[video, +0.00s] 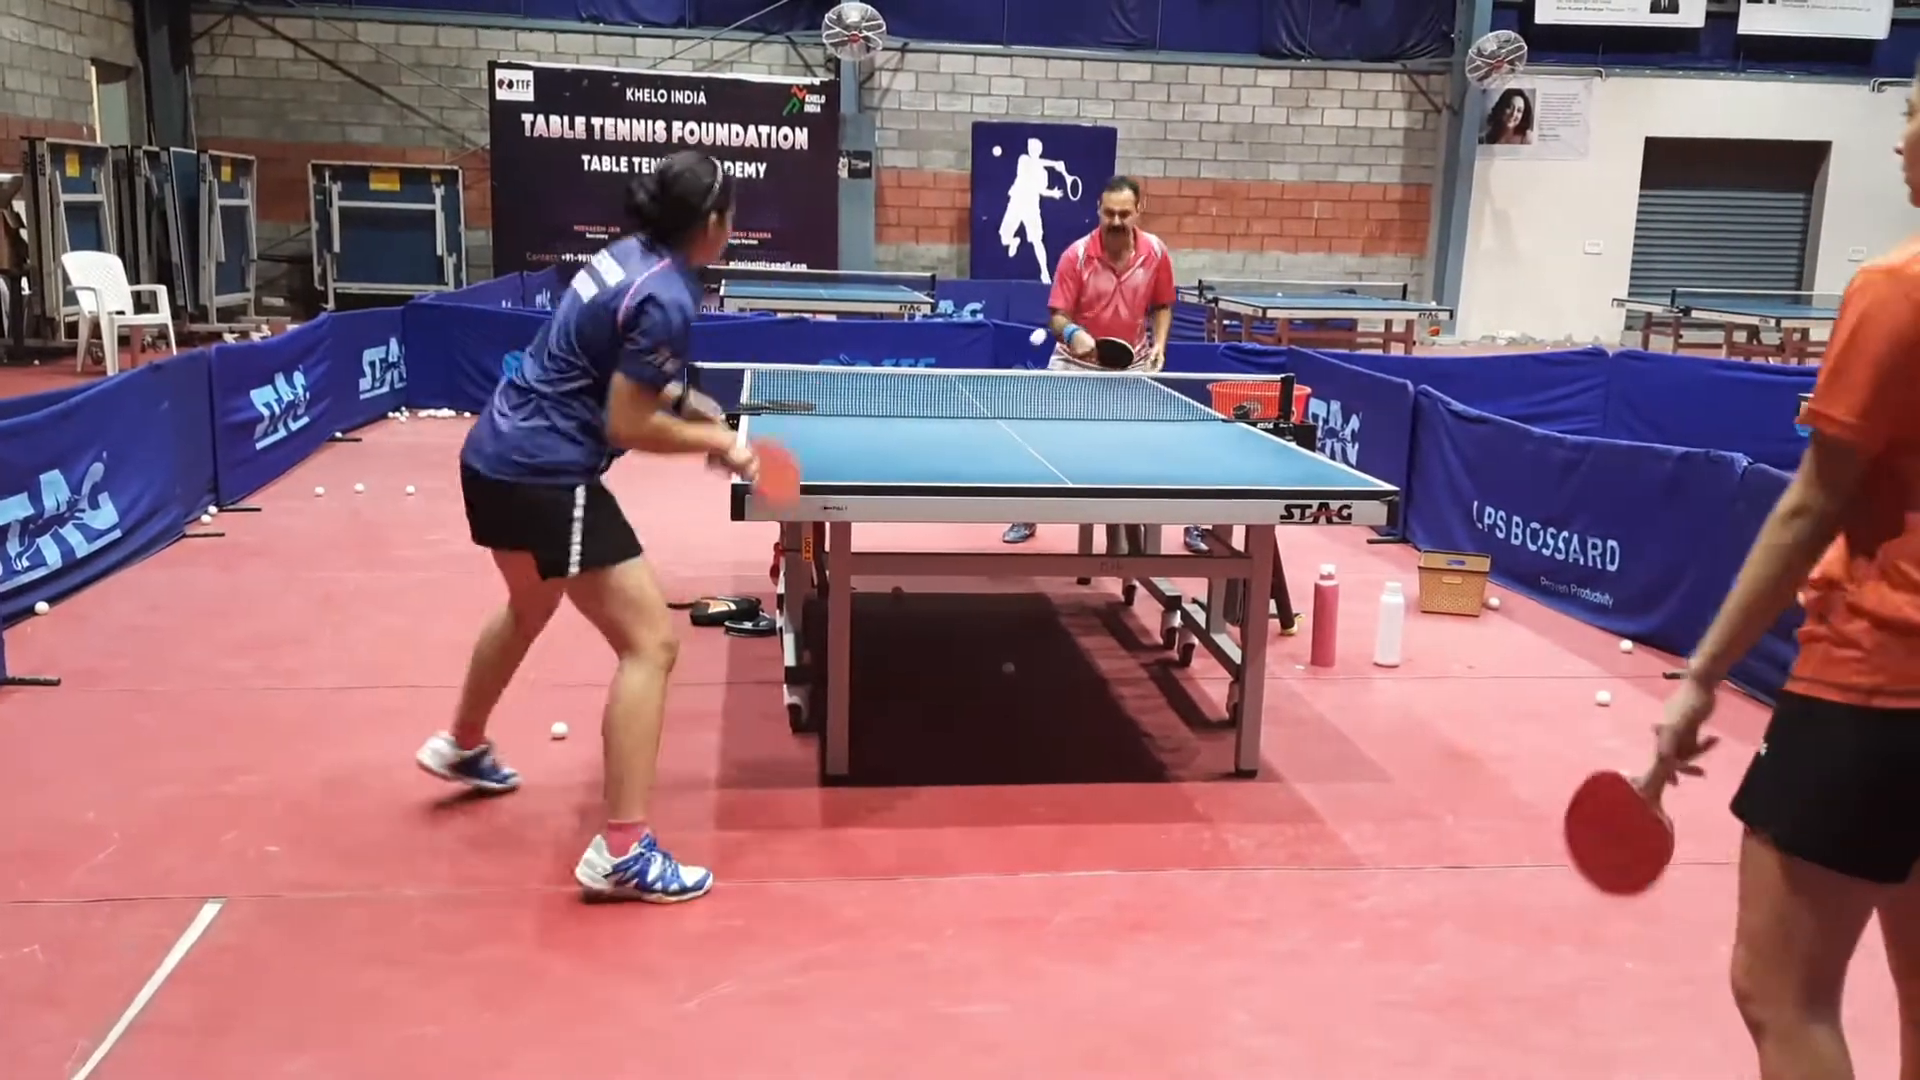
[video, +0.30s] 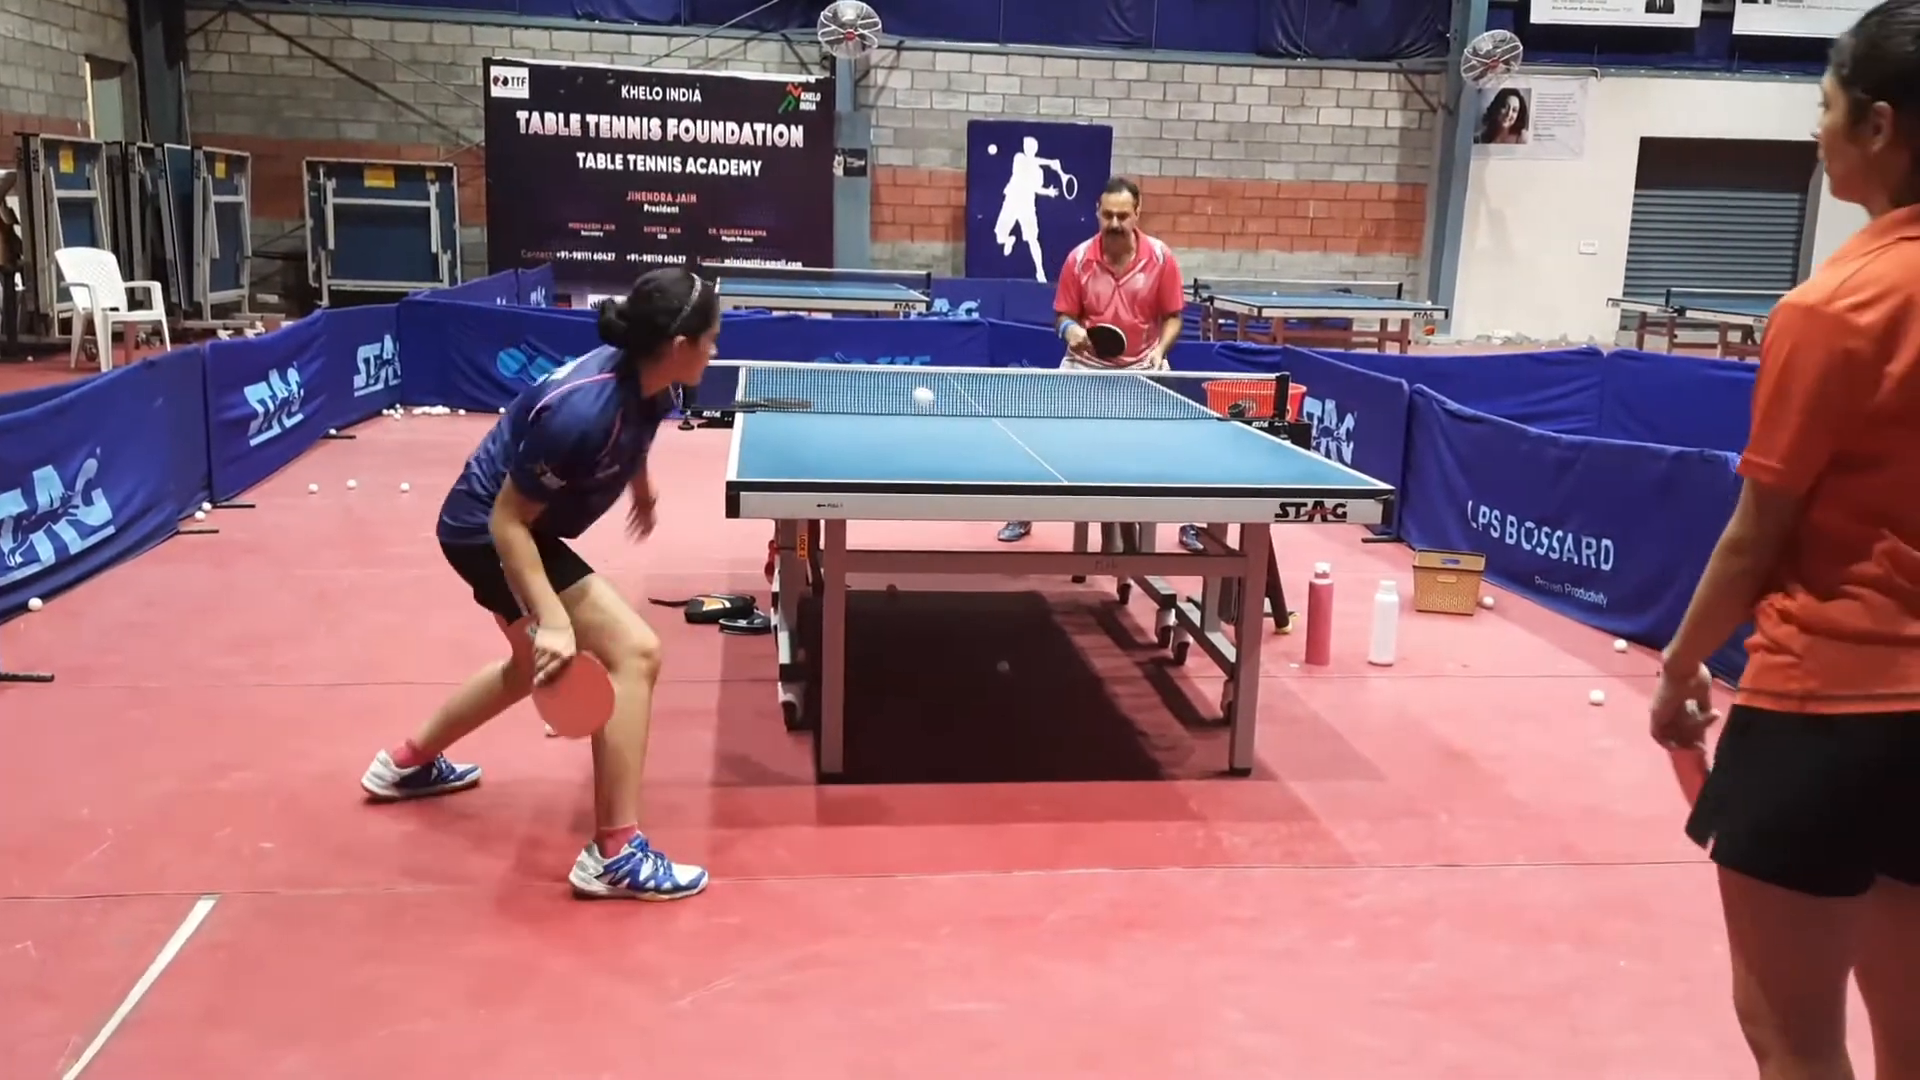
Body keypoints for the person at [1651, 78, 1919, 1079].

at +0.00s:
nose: (1902, 147)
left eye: (1909, 128)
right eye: (1907, 126)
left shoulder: (1896, 290)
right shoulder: (1890, 290)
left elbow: (1812, 508)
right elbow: (1813, 504)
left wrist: (1701, 676)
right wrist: (1703, 678)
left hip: (1871, 693)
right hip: (1896, 694)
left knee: (1783, 994)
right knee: (1917, 985)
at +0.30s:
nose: (1819, 139)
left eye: (1831, 115)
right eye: (1824, 114)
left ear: (1884, 126)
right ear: (1898, 126)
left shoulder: (1837, 309)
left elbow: (1759, 534)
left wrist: (1679, 667)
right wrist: (1696, 661)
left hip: (1824, 716)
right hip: (1916, 711)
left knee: (1791, 1033)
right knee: (1907, 1032)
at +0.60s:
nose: (1751, 133)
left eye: (1761, 113)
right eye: (1757, 111)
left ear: (1816, 134)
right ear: (1869, 130)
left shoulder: (1811, 321)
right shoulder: (1905, 265)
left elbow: (1762, 590)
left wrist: (1694, 781)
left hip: (1830, 744)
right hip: (1910, 728)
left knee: (1816, 1049)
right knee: (1890, 1035)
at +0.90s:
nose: (1739, 153)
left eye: (1742, 129)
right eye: (1741, 129)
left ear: (1786, 139)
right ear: (1892, 123)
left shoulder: (1832, 321)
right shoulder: (1907, 261)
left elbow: (1793, 586)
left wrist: (1723, 815)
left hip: (1849, 736)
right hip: (1909, 724)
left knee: (1815, 1027)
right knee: (1892, 992)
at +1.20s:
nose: (1808, 147)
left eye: (1814, 122)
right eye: (1809, 122)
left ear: (1866, 131)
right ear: (1889, 131)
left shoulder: (1879, 323)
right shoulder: (1901, 297)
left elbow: (1814, 580)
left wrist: (1740, 783)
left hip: (1850, 728)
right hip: (1907, 718)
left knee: (1813, 1025)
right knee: (1907, 1012)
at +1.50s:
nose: (1875, 122)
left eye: (1892, 100)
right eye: (1883, 98)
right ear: (1914, 114)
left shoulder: (1897, 293)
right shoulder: (1896, 290)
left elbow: (1829, 527)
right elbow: (1828, 520)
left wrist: (1718, 693)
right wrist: (1725, 690)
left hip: (1858, 710)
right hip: (1906, 711)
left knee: (1818, 1013)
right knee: (1907, 1000)